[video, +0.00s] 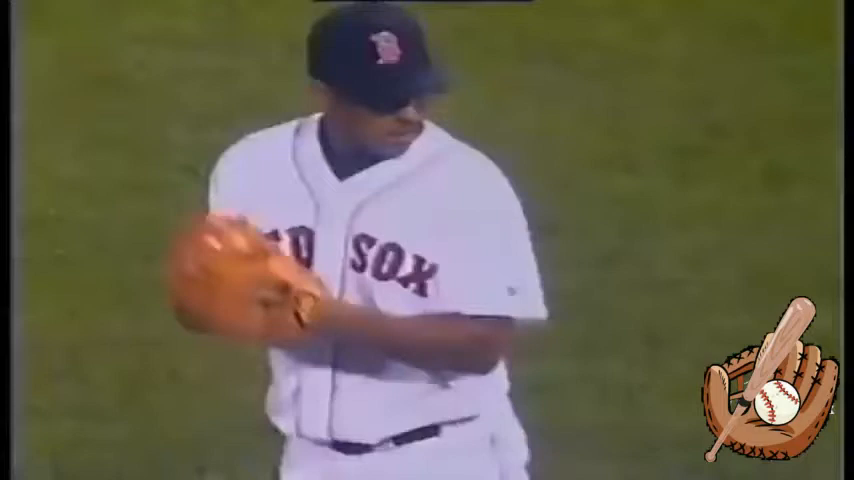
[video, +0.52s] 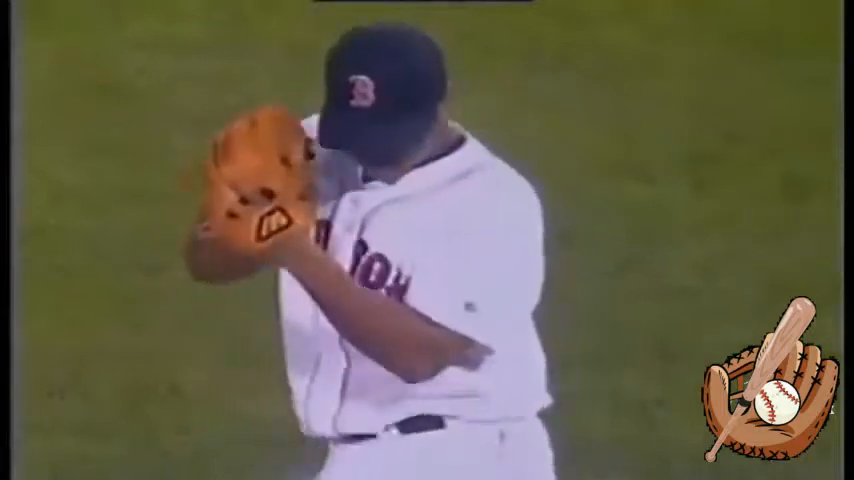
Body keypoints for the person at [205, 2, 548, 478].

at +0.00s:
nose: (411, 115)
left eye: (419, 95)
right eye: (387, 101)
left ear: (429, 84)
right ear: (330, 94)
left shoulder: (471, 183)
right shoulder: (249, 169)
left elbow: (481, 347)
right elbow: (218, 295)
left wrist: (332, 318)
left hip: (449, 457)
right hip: (315, 459)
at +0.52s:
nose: (372, 158)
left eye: (389, 142)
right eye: (356, 141)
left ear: (437, 111)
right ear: (338, 112)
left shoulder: (499, 200)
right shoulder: (307, 151)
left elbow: (418, 355)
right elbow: (204, 261)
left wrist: (296, 252)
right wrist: (257, 217)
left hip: (475, 451)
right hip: (352, 455)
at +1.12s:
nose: (431, 249)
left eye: (446, 229)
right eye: (407, 234)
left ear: (462, 212)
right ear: (359, 229)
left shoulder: (511, 319)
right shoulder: (335, 296)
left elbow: (552, 468)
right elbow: (353, 419)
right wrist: (342, 463)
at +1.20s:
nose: (427, 292)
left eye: (441, 269)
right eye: (401, 278)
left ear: (457, 252)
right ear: (355, 272)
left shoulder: (509, 346)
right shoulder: (327, 335)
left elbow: (565, 468)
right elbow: (336, 446)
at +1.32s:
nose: (443, 293)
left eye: (453, 270)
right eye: (416, 285)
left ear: (466, 247)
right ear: (376, 287)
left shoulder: (540, 320)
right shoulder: (366, 307)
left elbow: (672, 392)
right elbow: (399, 418)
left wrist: (711, 466)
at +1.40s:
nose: (492, 239)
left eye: (500, 215)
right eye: (478, 224)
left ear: (522, 198)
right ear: (457, 225)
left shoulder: (626, 255)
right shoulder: (475, 292)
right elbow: (438, 221)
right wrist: (415, 172)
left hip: (687, 466)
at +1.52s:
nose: (731, 74)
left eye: (730, 56)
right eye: (703, 57)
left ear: (737, 66)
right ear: (638, 72)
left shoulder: (756, 194)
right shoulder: (596, 174)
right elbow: (485, 171)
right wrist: (372, 100)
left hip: (645, 453)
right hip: (495, 450)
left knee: (718, 471)